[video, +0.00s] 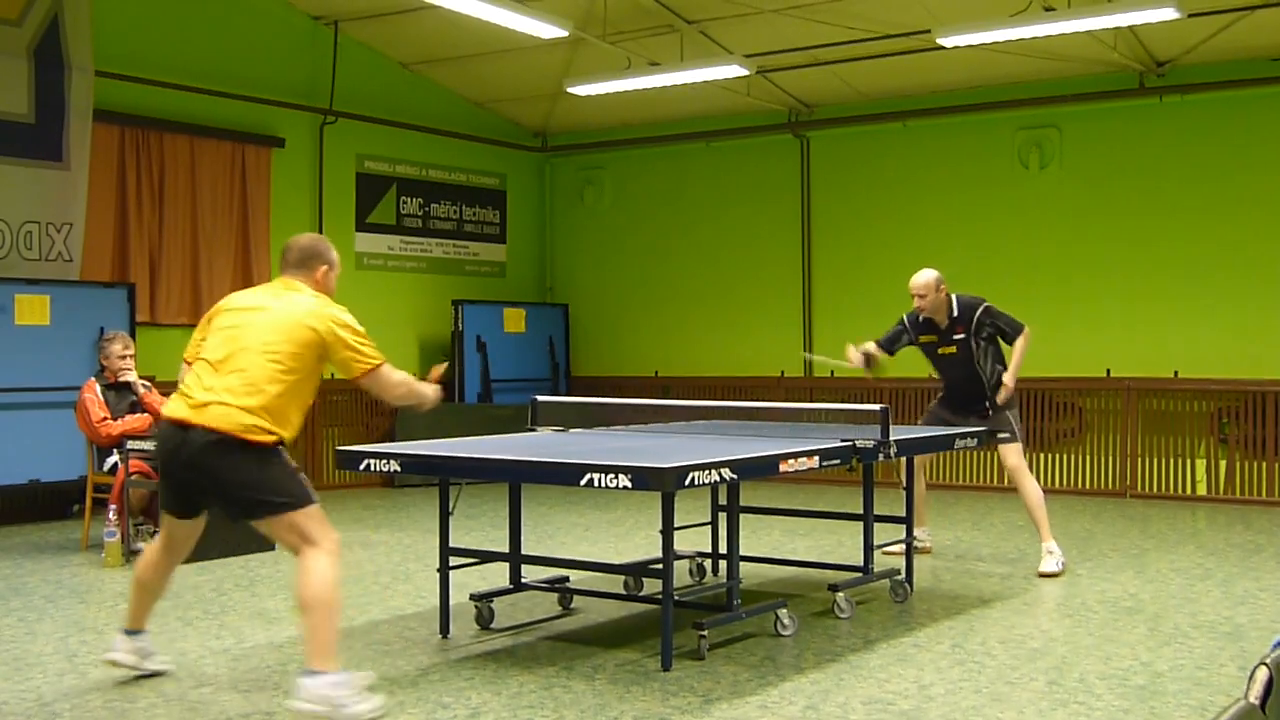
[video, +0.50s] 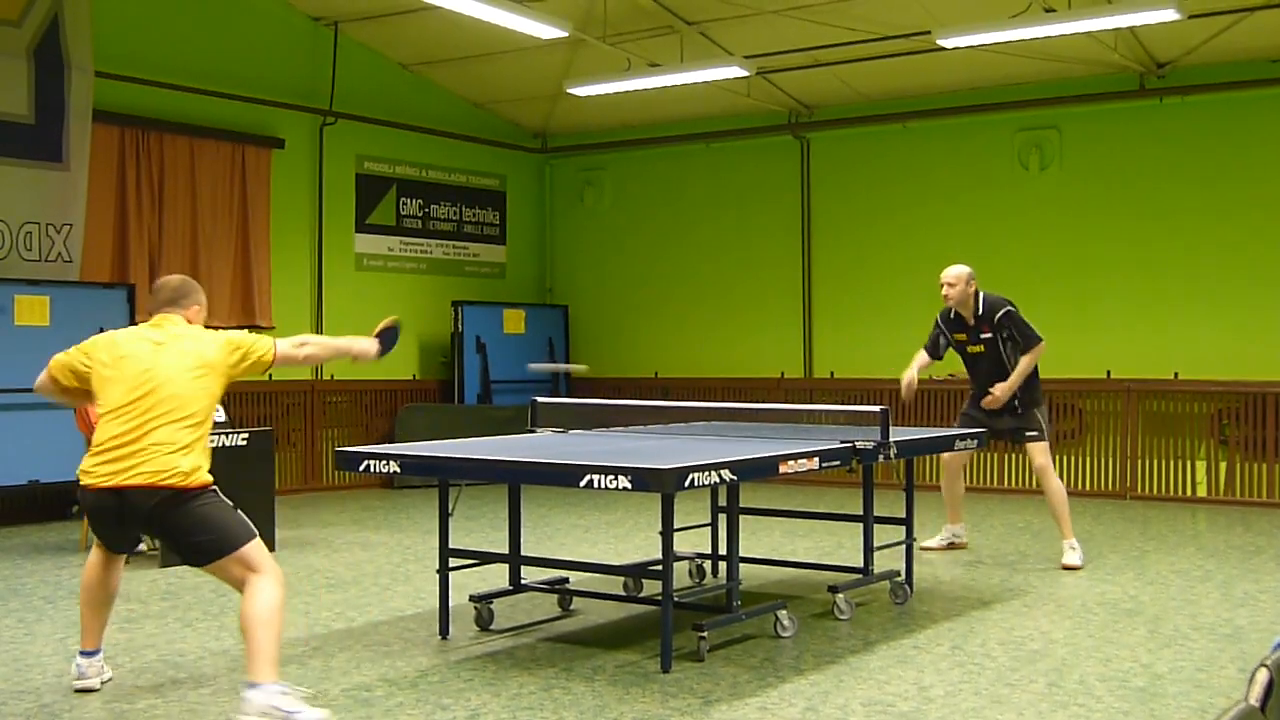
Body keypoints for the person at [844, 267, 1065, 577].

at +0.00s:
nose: (917, 303)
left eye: (922, 296)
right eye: (913, 297)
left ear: (942, 292)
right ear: (912, 295)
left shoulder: (974, 309)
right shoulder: (914, 322)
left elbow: (1020, 333)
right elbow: (882, 348)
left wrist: (1010, 378)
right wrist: (863, 351)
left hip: (993, 401)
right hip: (951, 402)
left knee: (1014, 464)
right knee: (912, 458)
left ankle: (1049, 547)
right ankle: (919, 535)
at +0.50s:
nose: (945, 291)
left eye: (951, 286)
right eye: (942, 286)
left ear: (971, 287)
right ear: (942, 289)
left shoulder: (999, 309)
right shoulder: (946, 319)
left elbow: (1035, 346)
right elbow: (930, 351)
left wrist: (1009, 386)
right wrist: (912, 369)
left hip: (1023, 399)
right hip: (981, 399)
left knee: (1042, 466)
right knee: (950, 458)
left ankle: (1070, 543)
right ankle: (954, 531)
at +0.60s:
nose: (943, 296)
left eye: (949, 289)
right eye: (941, 291)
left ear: (969, 289)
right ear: (941, 294)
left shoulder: (999, 312)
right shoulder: (948, 324)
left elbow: (1035, 350)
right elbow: (938, 366)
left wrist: (1012, 390)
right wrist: (920, 395)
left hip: (1024, 400)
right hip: (982, 400)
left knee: (1041, 466)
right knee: (952, 460)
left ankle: (1070, 543)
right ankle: (954, 532)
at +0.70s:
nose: (939, 304)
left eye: (944, 297)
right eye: (937, 298)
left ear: (965, 293)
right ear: (952, 297)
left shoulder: (995, 316)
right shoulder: (959, 328)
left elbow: (1026, 356)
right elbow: (976, 373)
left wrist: (992, 391)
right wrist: (959, 408)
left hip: (1027, 405)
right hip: (991, 404)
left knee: (1039, 475)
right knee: (956, 457)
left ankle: (1090, 542)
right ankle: (954, 531)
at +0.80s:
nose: (943, 303)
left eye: (946, 296)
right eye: (942, 297)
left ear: (966, 291)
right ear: (963, 293)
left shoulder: (992, 315)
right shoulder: (974, 321)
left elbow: (1018, 359)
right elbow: (992, 366)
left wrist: (974, 382)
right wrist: (971, 385)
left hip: (1027, 407)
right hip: (998, 405)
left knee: (1040, 478)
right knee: (963, 456)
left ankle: (1094, 544)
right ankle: (957, 530)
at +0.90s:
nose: (960, 291)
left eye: (963, 285)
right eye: (959, 286)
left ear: (980, 282)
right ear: (975, 284)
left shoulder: (1007, 303)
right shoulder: (983, 306)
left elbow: (986, 348)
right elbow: (961, 341)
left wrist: (963, 313)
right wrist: (932, 336)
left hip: (1023, 402)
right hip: (994, 400)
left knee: (1026, 470)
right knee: (965, 455)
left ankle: (1084, 533)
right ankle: (974, 529)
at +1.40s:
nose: (944, 284)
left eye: (950, 278)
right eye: (940, 279)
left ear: (967, 280)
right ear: (937, 283)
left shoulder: (991, 308)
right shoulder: (937, 310)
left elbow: (1015, 351)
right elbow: (921, 341)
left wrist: (1000, 393)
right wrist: (909, 359)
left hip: (989, 394)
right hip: (952, 393)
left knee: (1011, 461)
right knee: (912, 444)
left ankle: (1045, 537)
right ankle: (921, 520)